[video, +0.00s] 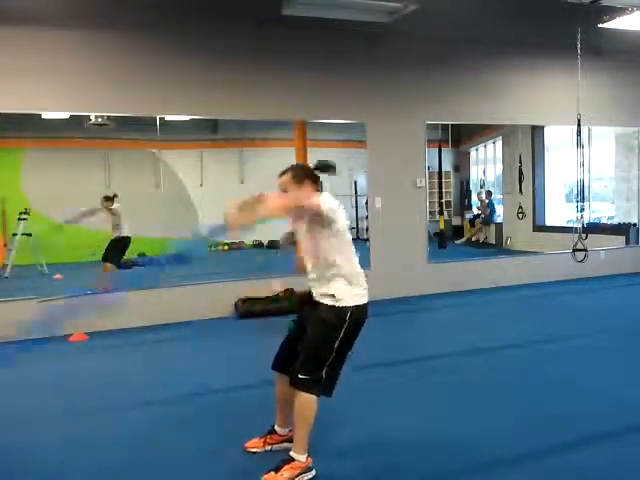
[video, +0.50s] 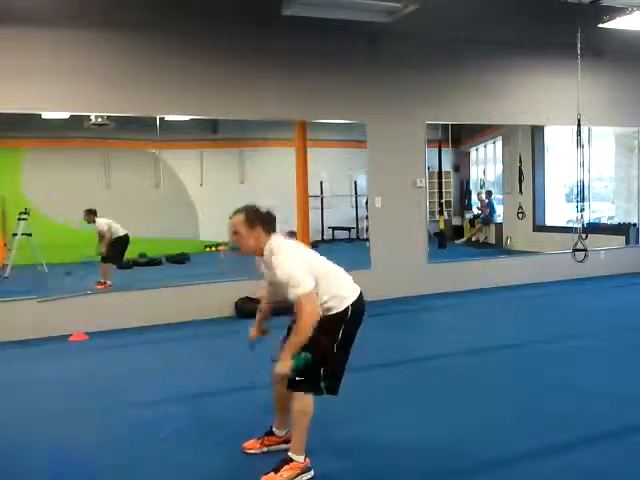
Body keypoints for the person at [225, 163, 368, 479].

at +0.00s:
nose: (284, 197)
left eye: (287, 191)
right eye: (282, 192)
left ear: (306, 186)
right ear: (299, 187)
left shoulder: (328, 205)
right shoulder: (301, 213)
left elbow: (295, 204)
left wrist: (255, 208)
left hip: (344, 303)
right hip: (320, 300)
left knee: (305, 379)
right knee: (284, 367)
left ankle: (300, 460)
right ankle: (283, 431)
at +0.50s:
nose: (234, 239)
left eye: (237, 232)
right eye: (233, 233)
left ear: (257, 231)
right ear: (256, 232)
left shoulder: (284, 258)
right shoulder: (269, 254)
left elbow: (310, 312)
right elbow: (272, 292)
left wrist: (287, 357)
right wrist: (261, 322)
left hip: (342, 307)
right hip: (315, 304)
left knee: (301, 380)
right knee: (283, 368)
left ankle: (298, 460)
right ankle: (281, 433)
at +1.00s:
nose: (282, 164)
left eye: (288, 158)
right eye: (283, 158)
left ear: (309, 164)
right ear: (297, 164)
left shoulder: (320, 201)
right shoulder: (289, 197)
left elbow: (325, 256)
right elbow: (270, 236)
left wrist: (292, 278)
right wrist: (240, 259)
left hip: (304, 300)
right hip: (278, 297)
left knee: (295, 378)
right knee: (274, 370)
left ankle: (299, 458)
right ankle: (279, 431)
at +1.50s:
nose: (305, 167)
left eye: (312, 161)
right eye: (305, 161)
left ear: (332, 167)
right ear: (317, 168)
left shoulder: (342, 202)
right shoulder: (314, 202)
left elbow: (347, 258)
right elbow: (306, 250)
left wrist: (314, 288)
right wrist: (282, 274)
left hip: (336, 302)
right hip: (309, 300)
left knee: (335, 377)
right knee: (295, 370)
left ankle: (361, 447)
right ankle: (281, 432)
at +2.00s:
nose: (328, 166)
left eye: (333, 160)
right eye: (328, 160)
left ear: (354, 162)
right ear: (344, 163)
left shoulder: (372, 194)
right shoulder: (340, 194)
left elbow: (383, 241)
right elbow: (326, 223)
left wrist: (363, 252)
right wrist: (290, 225)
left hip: (366, 296)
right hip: (341, 292)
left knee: (366, 373)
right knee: (346, 366)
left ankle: (366, 446)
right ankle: (349, 424)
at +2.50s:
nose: (338, 161)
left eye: (343, 155)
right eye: (338, 156)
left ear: (364, 159)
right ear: (351, 160)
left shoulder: (373, 193)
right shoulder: (348, 193)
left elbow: (370, 247)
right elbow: (339, 241)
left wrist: (336, 278)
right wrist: (313, 267)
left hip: (364, 295)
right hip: (342, 292)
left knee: (357, 369)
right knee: (343, 366)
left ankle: (361, 443)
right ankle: (349, 426)